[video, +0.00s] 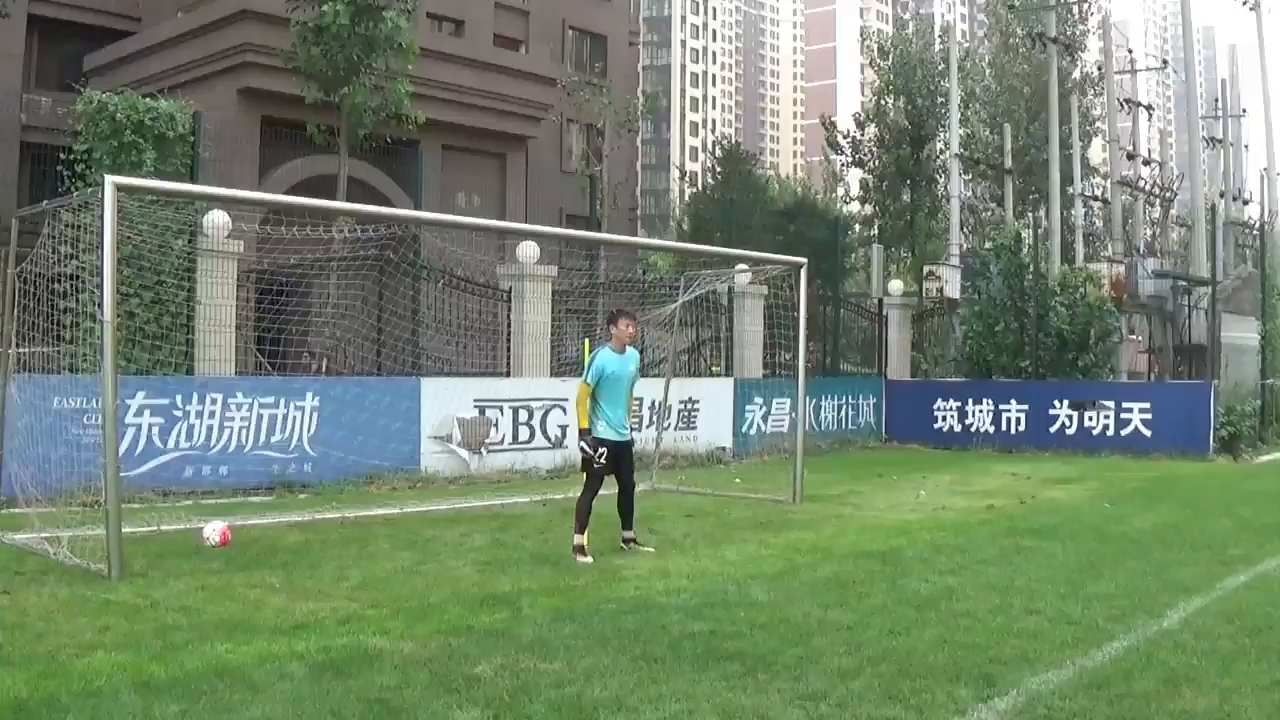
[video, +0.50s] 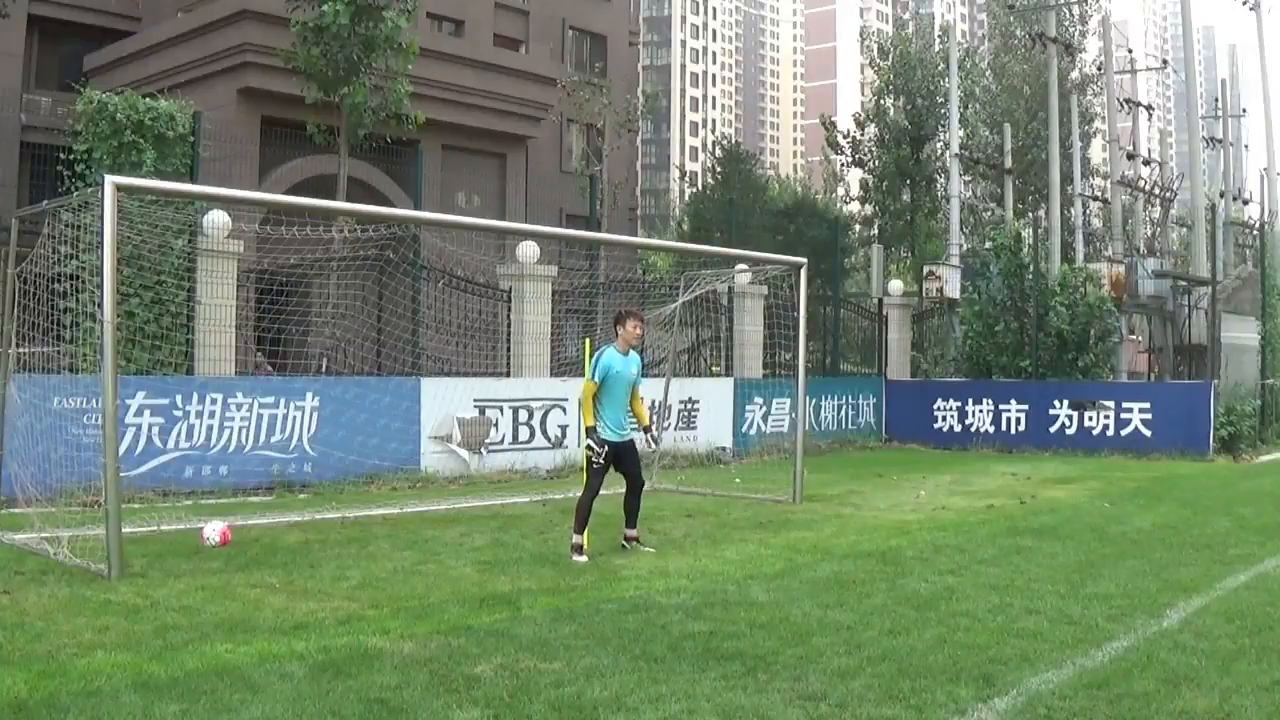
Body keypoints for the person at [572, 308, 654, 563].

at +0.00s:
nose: (632, 331)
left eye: (633, 326)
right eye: (627, 326)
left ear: (633, 331)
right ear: (612, 329)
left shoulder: (634, 356)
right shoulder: (600, 358)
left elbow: (629, 394)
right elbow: (582, 395)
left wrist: (627, 427)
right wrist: (584, 432)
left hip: (623, 436)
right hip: (600, 436)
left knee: (628, 486)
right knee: (591, 489)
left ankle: (628, 538)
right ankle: (579, 542)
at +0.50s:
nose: (639, 332)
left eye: (641, 328)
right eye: (634, 327)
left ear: (640, 332)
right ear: (620, 330)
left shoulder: (635, 360)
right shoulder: (604, 357)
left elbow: (635, 398)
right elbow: (587, 394)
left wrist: (646, 426)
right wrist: (590, 431)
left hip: (624, 437)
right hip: (602, 436)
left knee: (636, 483)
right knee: (591, 490)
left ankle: (631, 537)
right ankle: (577, 542)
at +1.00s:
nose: (647, 344)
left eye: (648, 339)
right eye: (643, 339)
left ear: (646, 341)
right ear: (628, 340)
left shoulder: (644, 368)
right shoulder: (609, 368)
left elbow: (639, 401)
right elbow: (588, 403)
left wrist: (647, 429)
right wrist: (599, 434)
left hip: (630, 442)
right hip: (605, 440)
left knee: (646, 487)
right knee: (602, 489)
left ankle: (637, 538)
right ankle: (578, 537)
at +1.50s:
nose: (652, 346)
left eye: (653, 342)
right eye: (648, 341)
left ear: (652, 344)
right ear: (632, 341)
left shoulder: (646, 368)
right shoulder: (613, 368)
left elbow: (636, 400)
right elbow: (588, 401)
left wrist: (643, 424)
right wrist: (602, 433)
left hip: (626, 435)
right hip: (600, 435)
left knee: (649, 480)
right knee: (602, 483)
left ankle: (640, 531)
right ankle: (575, 535)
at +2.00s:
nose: (641, 324)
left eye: (643, 320)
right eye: (637, 320)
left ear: (644, 323)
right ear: (625, 323)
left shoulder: (648, 343)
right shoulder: (616, 347)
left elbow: (675, 331)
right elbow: (631, 335)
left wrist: (670, 306)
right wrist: (643, 306)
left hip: (632, 423)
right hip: (609, 421)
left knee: (643, 477)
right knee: (594, 482)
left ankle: (641, 529)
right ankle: (567, 533)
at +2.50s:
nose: (596, 357)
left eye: (598, 352)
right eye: (590, 353)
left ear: (602, 355)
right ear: (579, 358)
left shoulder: (603, 380)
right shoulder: (563, 386)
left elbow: (593, 411)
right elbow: (537, 415)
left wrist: (594, 436)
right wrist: (537, 447)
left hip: (580, 442)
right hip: (554, 443)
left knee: (611, 484)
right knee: (569, 487)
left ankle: (591, 532)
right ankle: (558, 532)